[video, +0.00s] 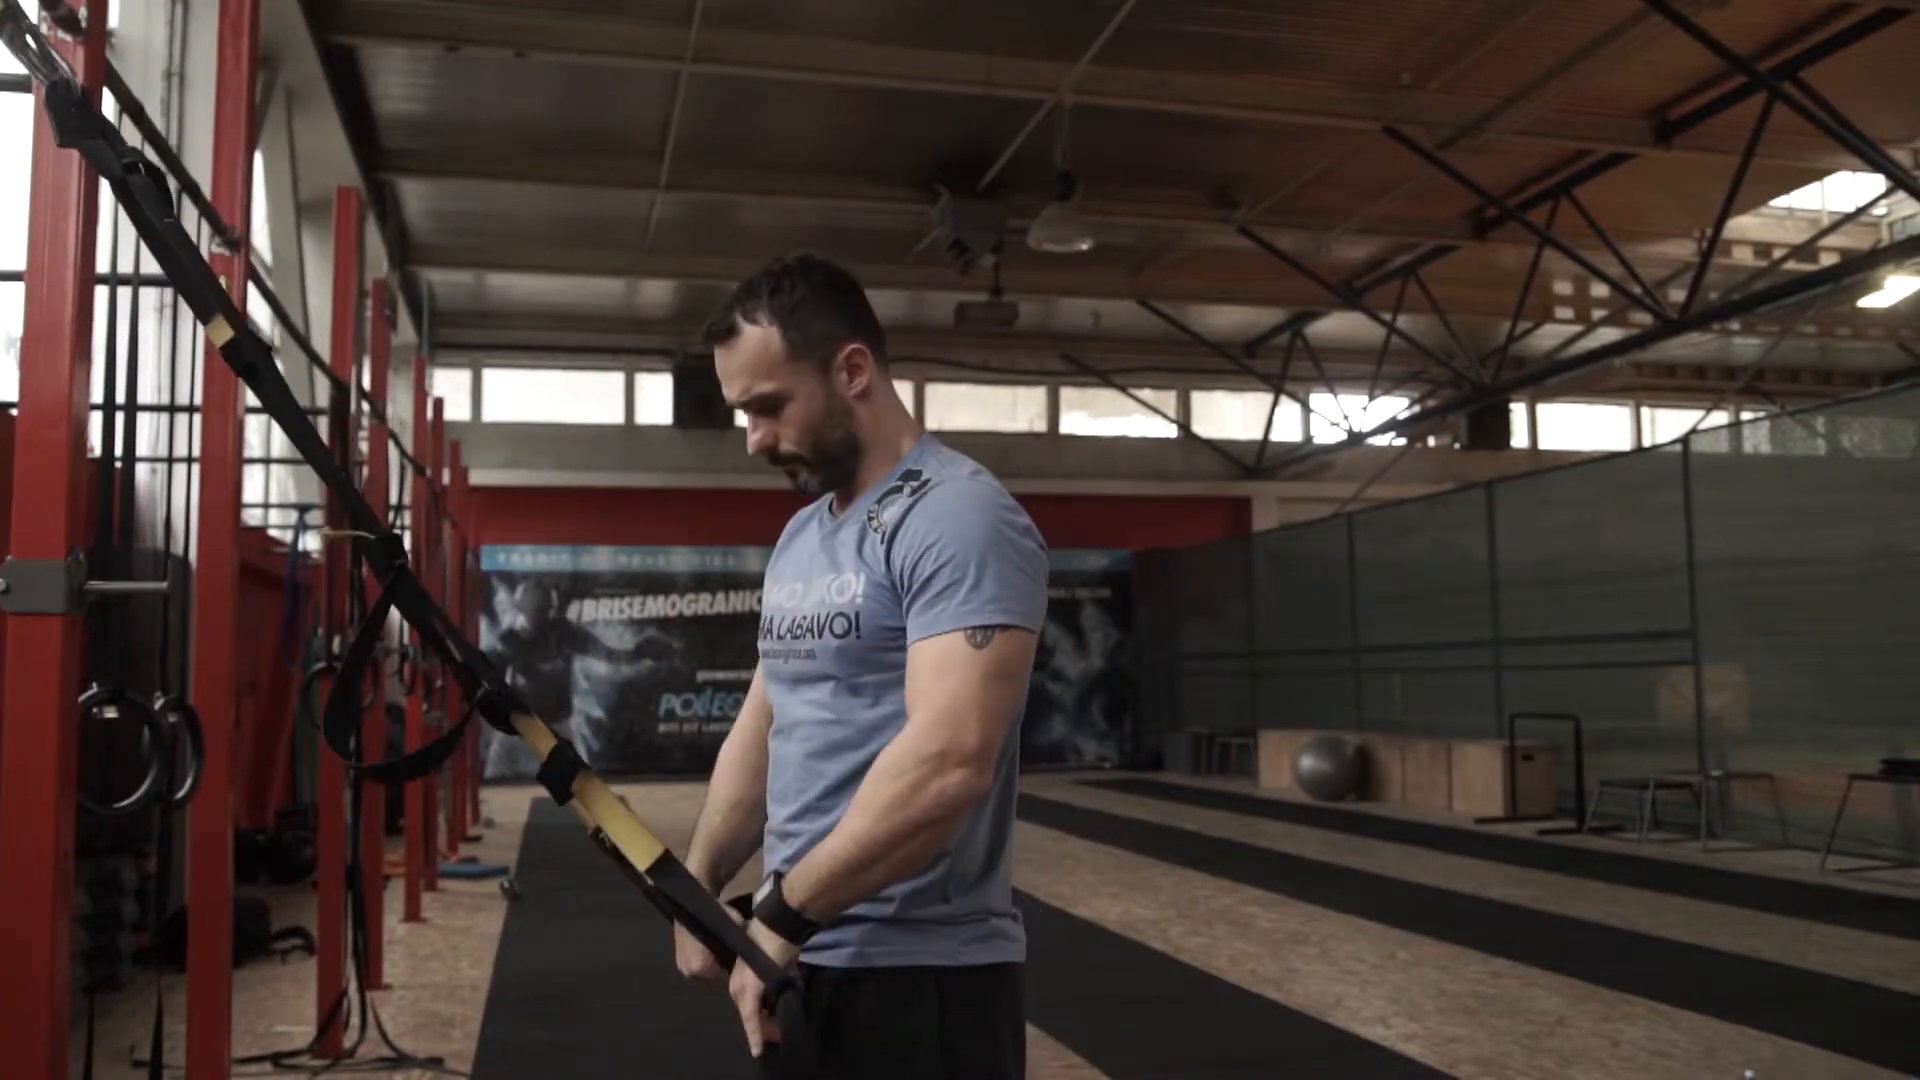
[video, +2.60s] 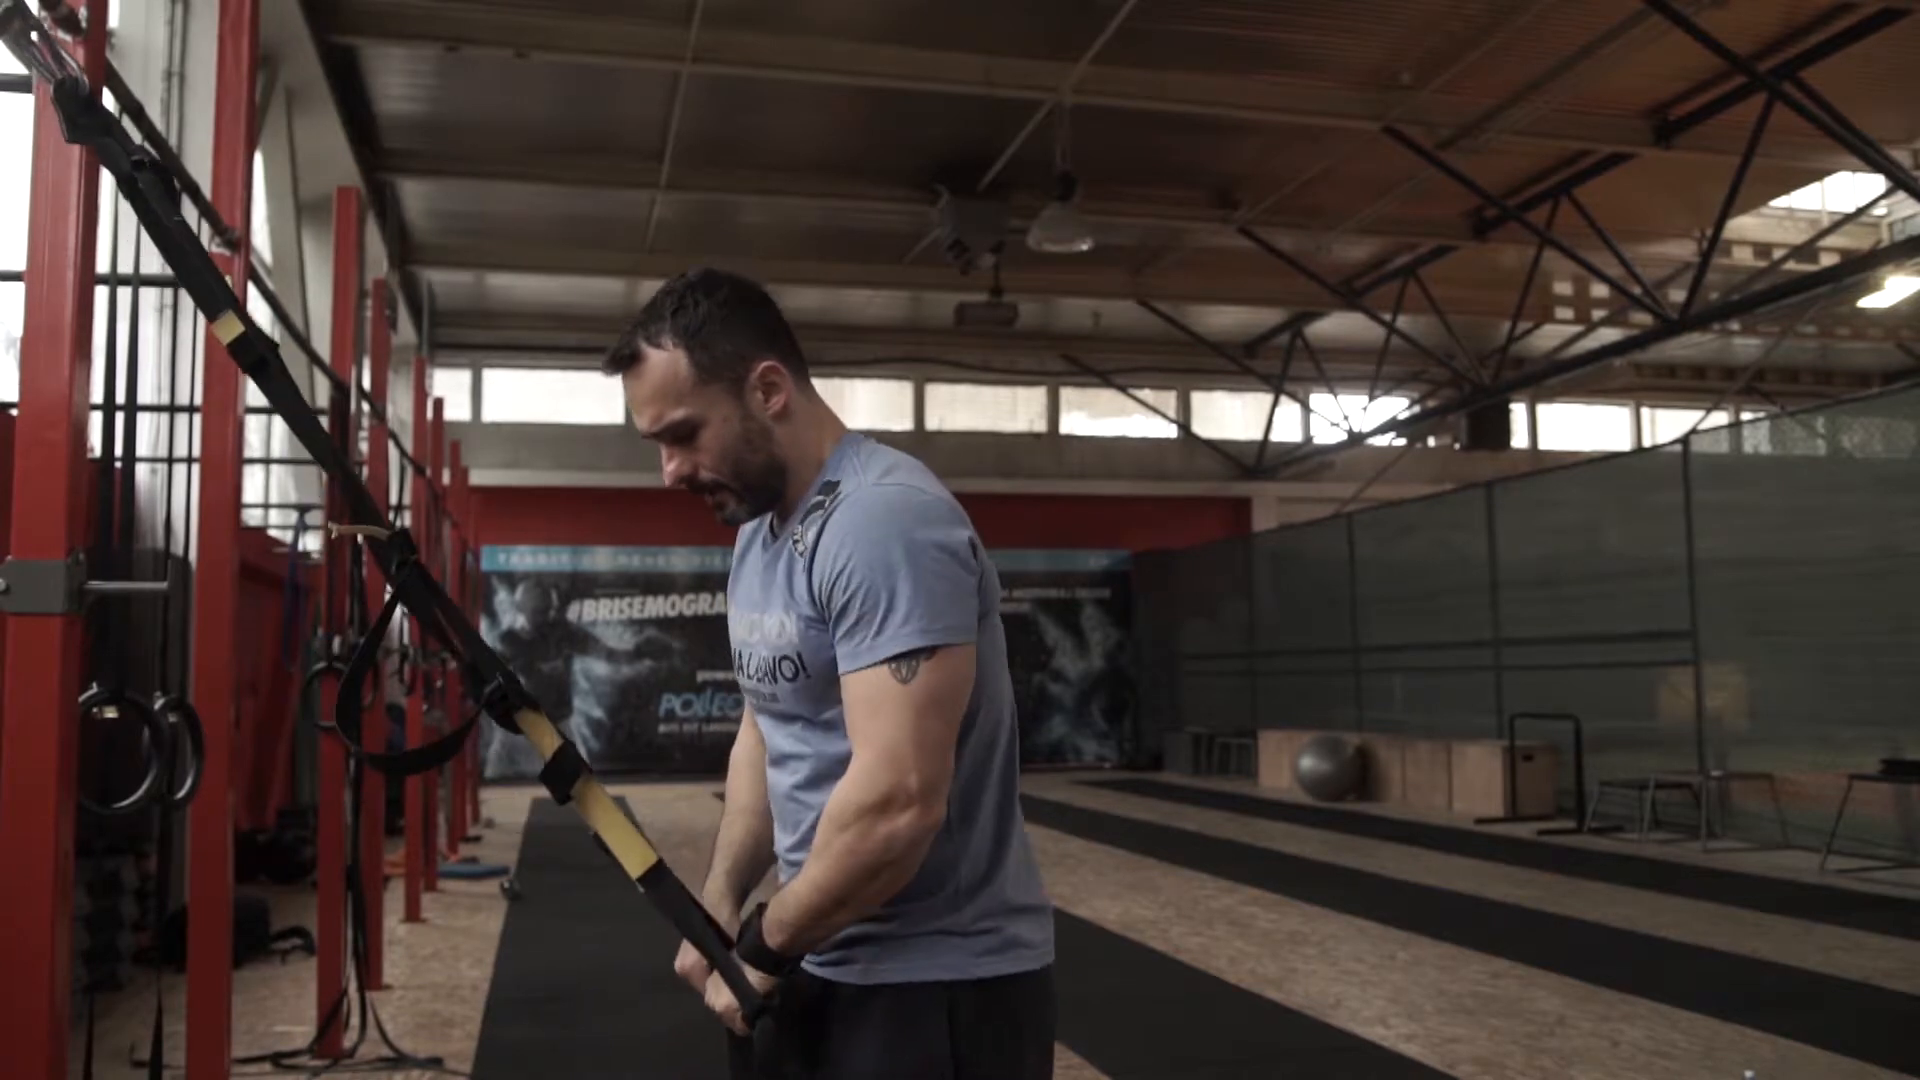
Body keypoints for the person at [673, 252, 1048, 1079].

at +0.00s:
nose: (756, 442)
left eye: (769, 406)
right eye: (744, 416)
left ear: (855, 371)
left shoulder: (964, 516)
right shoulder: (801, 537)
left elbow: (951, 760)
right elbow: (764, 719)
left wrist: (782, 912)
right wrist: (698, 878)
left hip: (927, 973)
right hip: (808, 966)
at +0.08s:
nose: (751, 445)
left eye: (765, 409)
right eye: (738, 420)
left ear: (851, 373)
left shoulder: (960, 516)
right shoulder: (795, 537)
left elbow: (942, 759)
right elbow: (757, 721)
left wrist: (775, 913)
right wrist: (695, 883)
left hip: (923, 973)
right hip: (804, 966)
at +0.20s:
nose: (742, 450)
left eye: (756, 414)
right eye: (727, 425)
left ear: (842, 376)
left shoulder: (951, 514)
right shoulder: (786, 539)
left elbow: (922, 762)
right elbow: (748, 723)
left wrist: (761, 921)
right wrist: (684, 888)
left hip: (916, 975)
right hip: (796, 969)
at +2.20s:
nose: (695, 461)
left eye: (704, 425)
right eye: (681, 436)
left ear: (786, 379)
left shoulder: (905, 509)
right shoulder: (773, 541)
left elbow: (852, 775)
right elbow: (741, 735)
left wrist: (722, 955)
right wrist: (680, 895)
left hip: (897, 984)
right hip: (784, 973)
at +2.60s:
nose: (674, 472)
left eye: (684, 436)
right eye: (662, 446)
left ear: (770, 391)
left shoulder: (887, 520)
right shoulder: (762, 535)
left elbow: (899, 799)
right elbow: (765, 734)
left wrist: (770, 943)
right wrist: (721, 901)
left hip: (939, 984)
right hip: (817, 971)